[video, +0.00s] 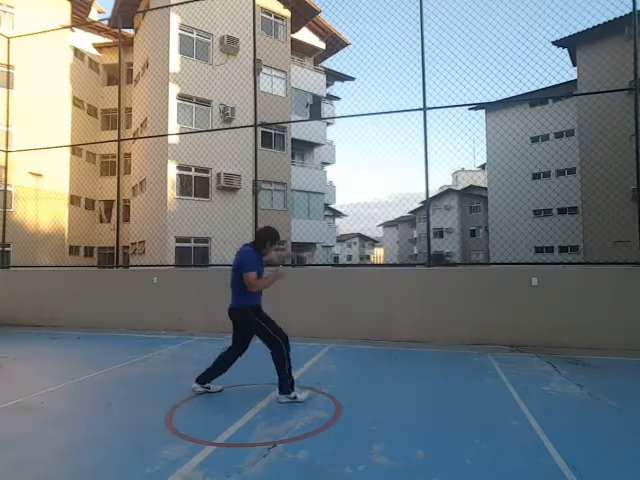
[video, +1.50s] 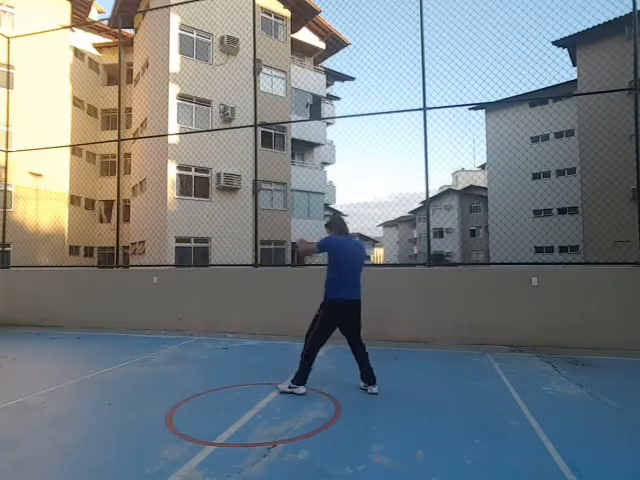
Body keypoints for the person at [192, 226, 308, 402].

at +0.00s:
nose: (273, 250)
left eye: (274, 247)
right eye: (273, 246)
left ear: (259, 240)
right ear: (266, 244)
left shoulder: (250, 253)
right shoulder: (250, 256)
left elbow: (268, 259)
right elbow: (253, 286)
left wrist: (284, 254)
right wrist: (274, 276)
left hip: (242, 310)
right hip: (248, 311)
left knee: (237, 348)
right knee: (279, 341)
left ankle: (202, 382)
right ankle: (287, 391)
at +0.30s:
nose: (291, 227)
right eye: (291, 224)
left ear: (270, 225)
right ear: (289, 225)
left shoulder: (263, 242)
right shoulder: (298, 238)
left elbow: (255, 263)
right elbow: (318, 255)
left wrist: (270, 255)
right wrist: (324, 249)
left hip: (274, 301)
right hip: (298, 299)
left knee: (274, 342)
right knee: (308, 340)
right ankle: (308, 378)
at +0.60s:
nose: (293, 243)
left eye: (293, 240)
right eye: (293, 240)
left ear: (297, 241)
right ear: (311, 238)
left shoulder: (306, 256)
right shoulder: (321, 252)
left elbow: (298, 283)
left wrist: (288, 267)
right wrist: (294, 263)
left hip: (314, 310)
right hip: (333, 308)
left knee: (287, 342)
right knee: (341, 346)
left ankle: (287, 389)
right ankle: (369, 383)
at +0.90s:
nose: (322, 230)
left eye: (323, 227)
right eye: (322, 227)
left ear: (329, 226)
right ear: (341, 225)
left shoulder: (333, 241)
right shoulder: (353, 241)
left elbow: (314, 259)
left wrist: (315, 238)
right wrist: (325, 239)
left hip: (339, 298)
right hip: (358, 297)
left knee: (319, 338)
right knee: (358, 338)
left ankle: (320, 383)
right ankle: (371, 383)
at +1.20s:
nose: (338, 232)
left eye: (339, 229)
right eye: (338, 229)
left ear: (343, 228)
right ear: (355, 227)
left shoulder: (342, 240)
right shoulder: (367, 243)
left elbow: (324, 261)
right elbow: (357, 264)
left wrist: (329, 242)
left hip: (342, 299)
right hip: (363, 299)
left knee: (322, 335)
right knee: (362, 339)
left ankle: (327, 379)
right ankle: (372, 383)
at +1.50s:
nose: (327, 234)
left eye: (327, 231)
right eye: (326, 231)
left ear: (332, 229)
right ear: (345, 228)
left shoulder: (331, 241)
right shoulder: (359, 246)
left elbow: (304, 250)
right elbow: (361, 264)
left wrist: (302, 244)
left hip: (333, 303)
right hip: (353, 303)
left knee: (313, 342)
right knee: (356, 342)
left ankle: (298, 383)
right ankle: (371, 383)